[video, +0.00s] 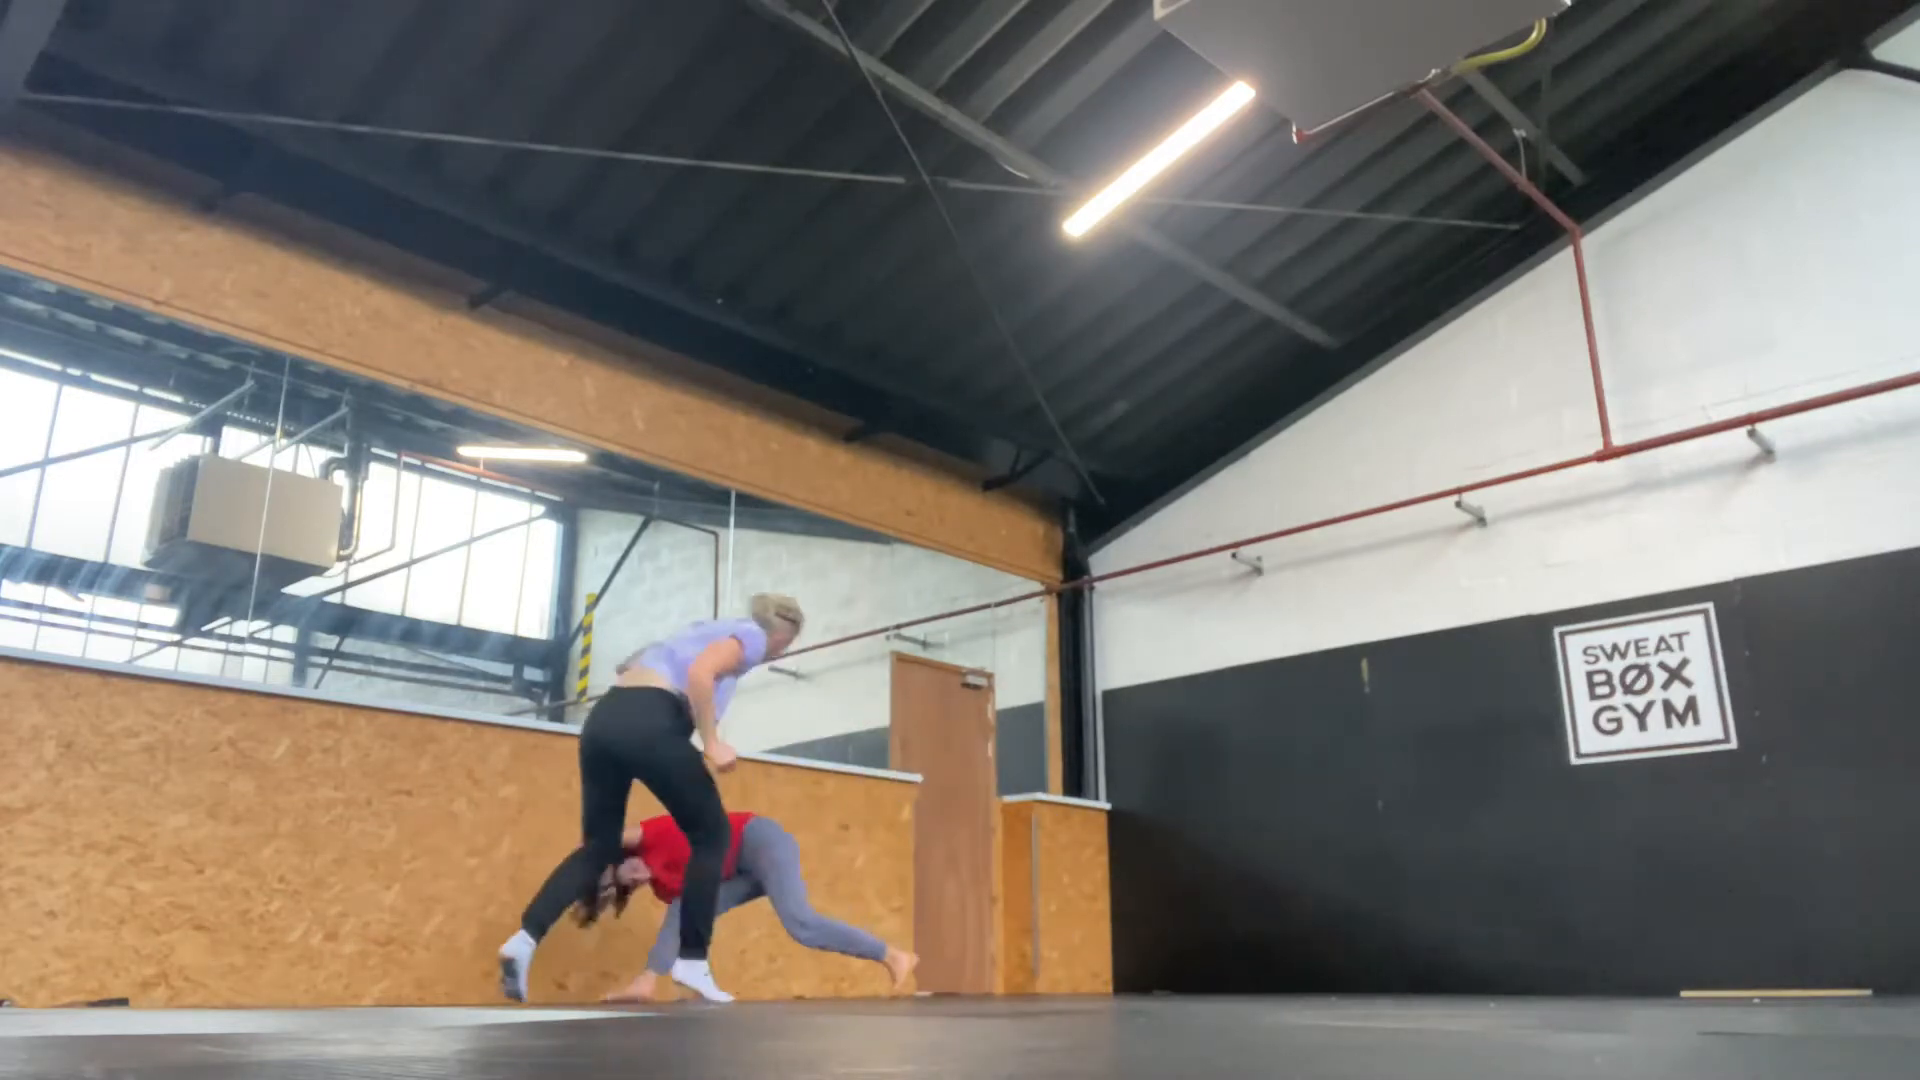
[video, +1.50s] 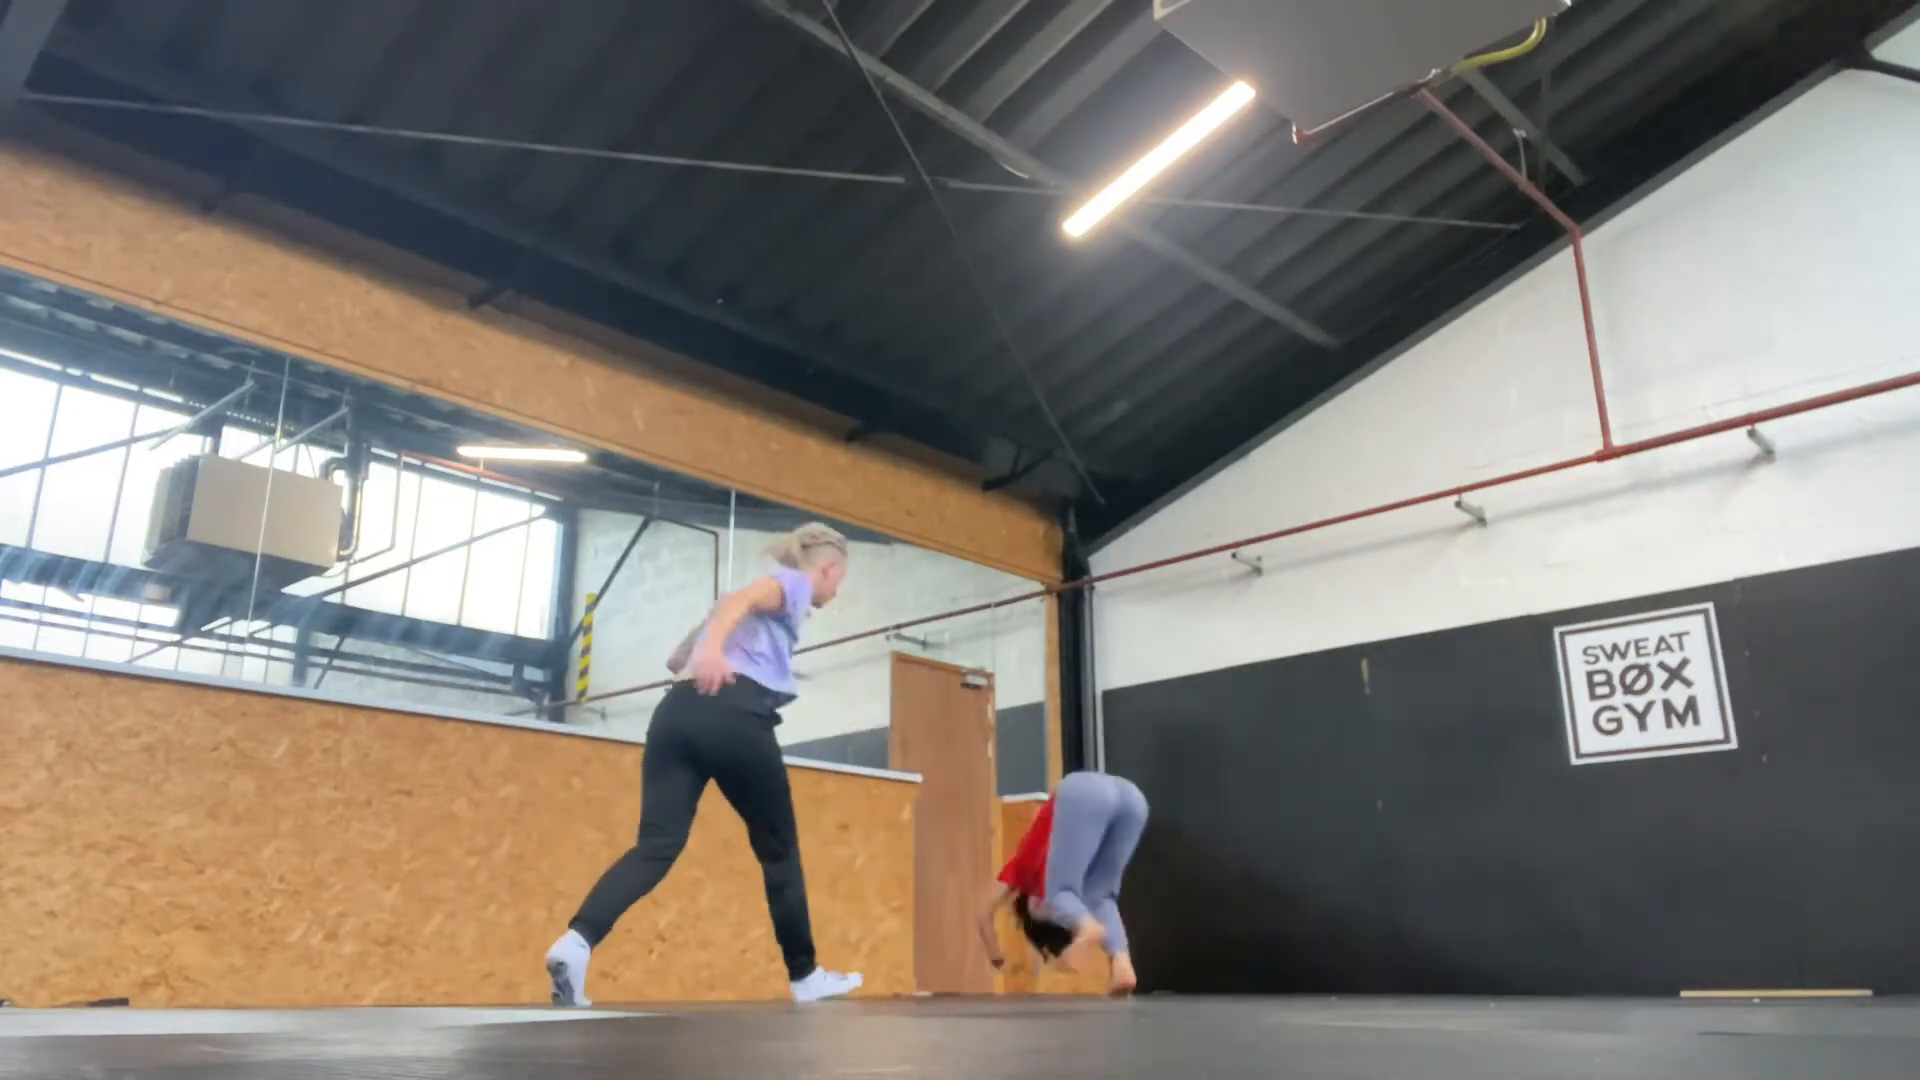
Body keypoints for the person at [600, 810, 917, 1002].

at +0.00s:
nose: (626, 881)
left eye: (619, 875)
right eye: (620, 884)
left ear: (620, 861)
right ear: (623, 883)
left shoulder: (648, 839)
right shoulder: (667, 886)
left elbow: (614, 836)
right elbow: (680, 925)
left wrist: (588, 862)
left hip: (758, 837)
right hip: (739, 875)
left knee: (801, 924)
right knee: (679, 909)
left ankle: (894, 957)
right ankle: (647, 982)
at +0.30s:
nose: (712, 846)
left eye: (711, 837)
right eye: (704, 849)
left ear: (722, 826)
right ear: (705, 857)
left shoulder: (750, 817)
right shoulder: (729, 885)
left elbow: (761, 764)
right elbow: (731, 940)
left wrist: (727, 783)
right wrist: (712, 986)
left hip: (839, 868)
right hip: (811, 902)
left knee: (826, 918)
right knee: (770, 944)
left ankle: (905, 961)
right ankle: (838, 951)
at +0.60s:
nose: (836, 839)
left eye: (841, 831)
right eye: (828, 834)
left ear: (852, 830)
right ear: (819, 838)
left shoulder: (878, 846)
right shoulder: (814, 867)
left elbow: (924, 881)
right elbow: (780, 904)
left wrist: (964, 921)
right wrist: (749, 928)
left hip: (901, 916)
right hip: (856, 927)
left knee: (893, 936)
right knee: (820, 944)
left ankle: (892, 964)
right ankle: (862, 971)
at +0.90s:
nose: (1031, 850)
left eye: (1037, 846)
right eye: (1035, 839)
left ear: (1035, 845)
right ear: (1022, 821)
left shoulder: (1000, 874)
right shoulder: (984, 819)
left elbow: (992, 926)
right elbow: (1026, 832)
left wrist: (995, 985)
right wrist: (1079, 842)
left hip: (930, 910)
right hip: (897, 887)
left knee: (937, 906)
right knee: (840, 938)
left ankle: (909, 975)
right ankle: (860, 963)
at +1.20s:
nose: (1051, 904)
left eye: (1048, 913)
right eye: (1058, 909)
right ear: (1071, 897)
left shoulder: (1008, 887)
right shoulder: (1070, 864)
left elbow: (994, 929)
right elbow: (1096, 919)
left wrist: (995, 983)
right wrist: (1112, 974)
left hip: (944, 845)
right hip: (968, 813)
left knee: (991, 925)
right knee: (1046, 883)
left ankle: (921, 968)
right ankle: (1008, 924)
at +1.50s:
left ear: (1033, 907)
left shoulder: (1023, 869)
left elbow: (984, 916)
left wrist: (996, 958)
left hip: (1084, 790)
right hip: (1133, 797)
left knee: (1060, 892)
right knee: (1102, 895)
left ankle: (1088, 926)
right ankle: (1123, 965)